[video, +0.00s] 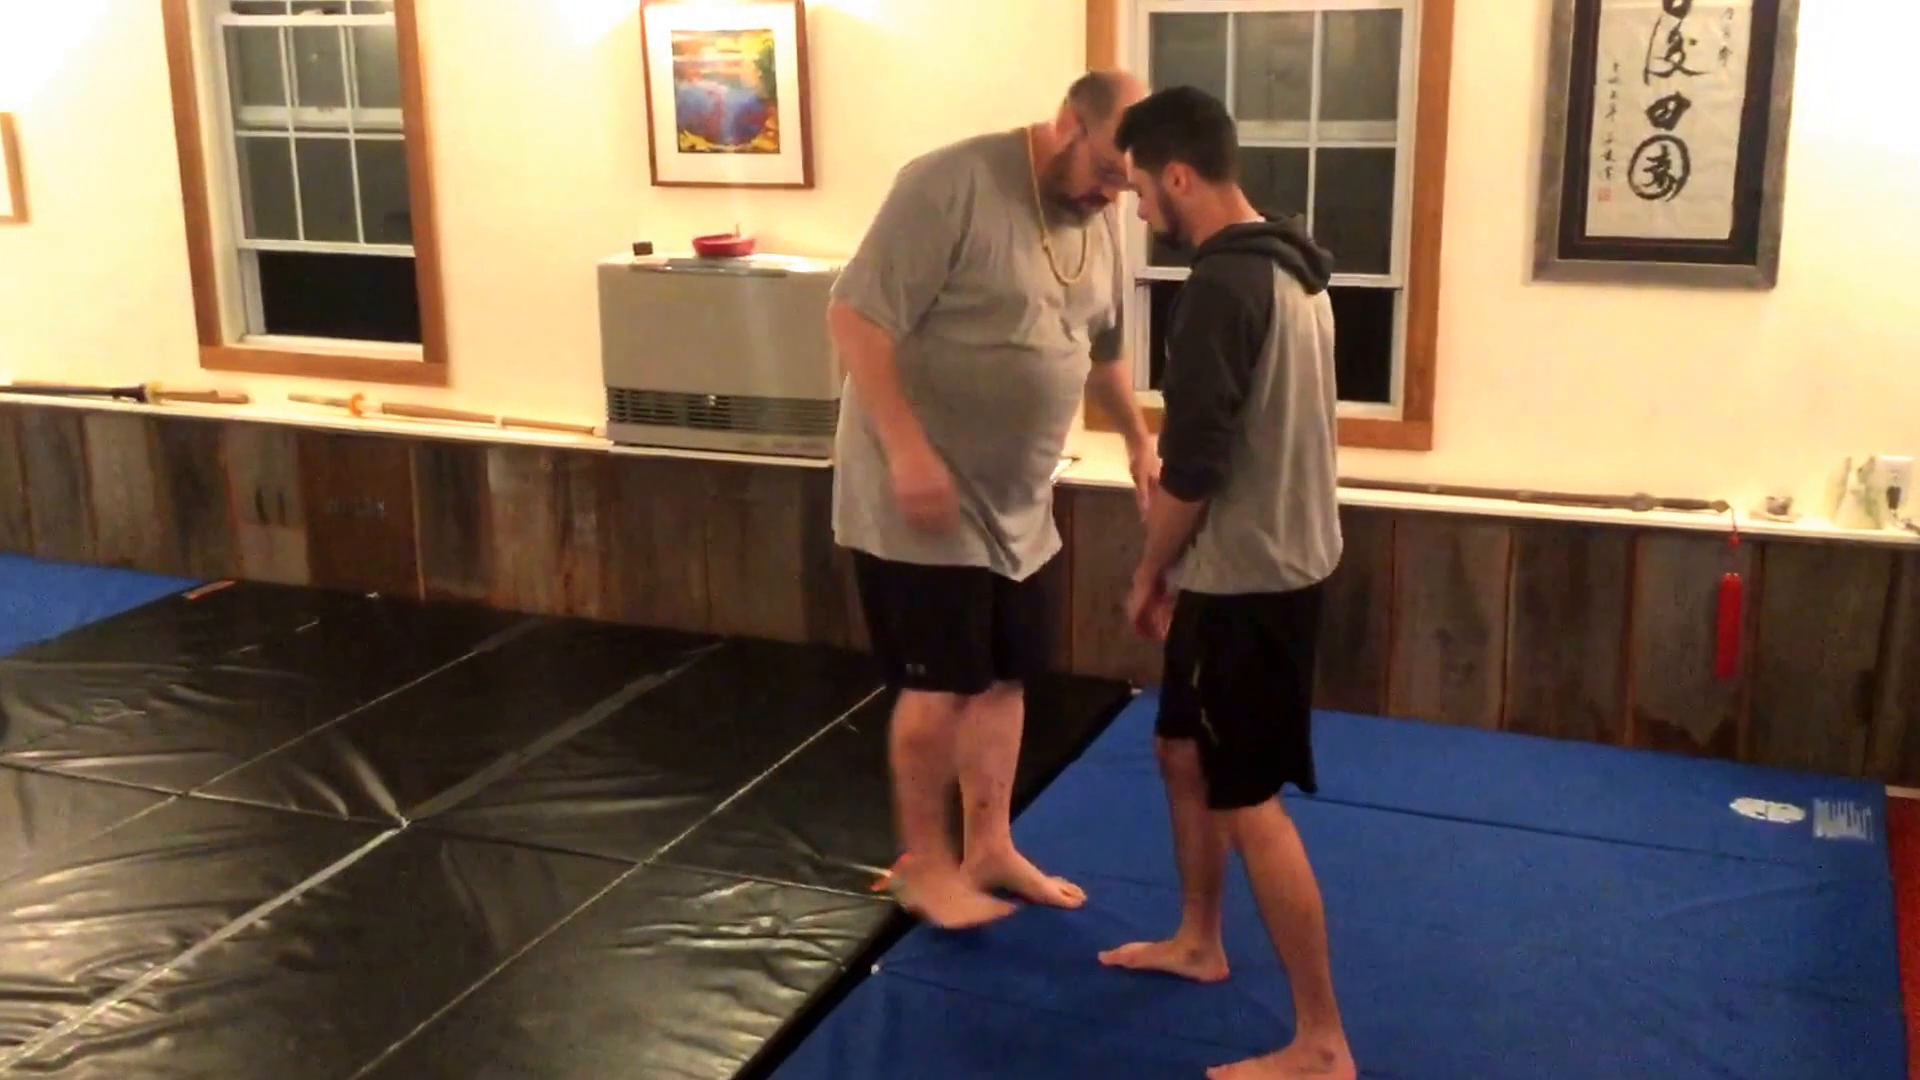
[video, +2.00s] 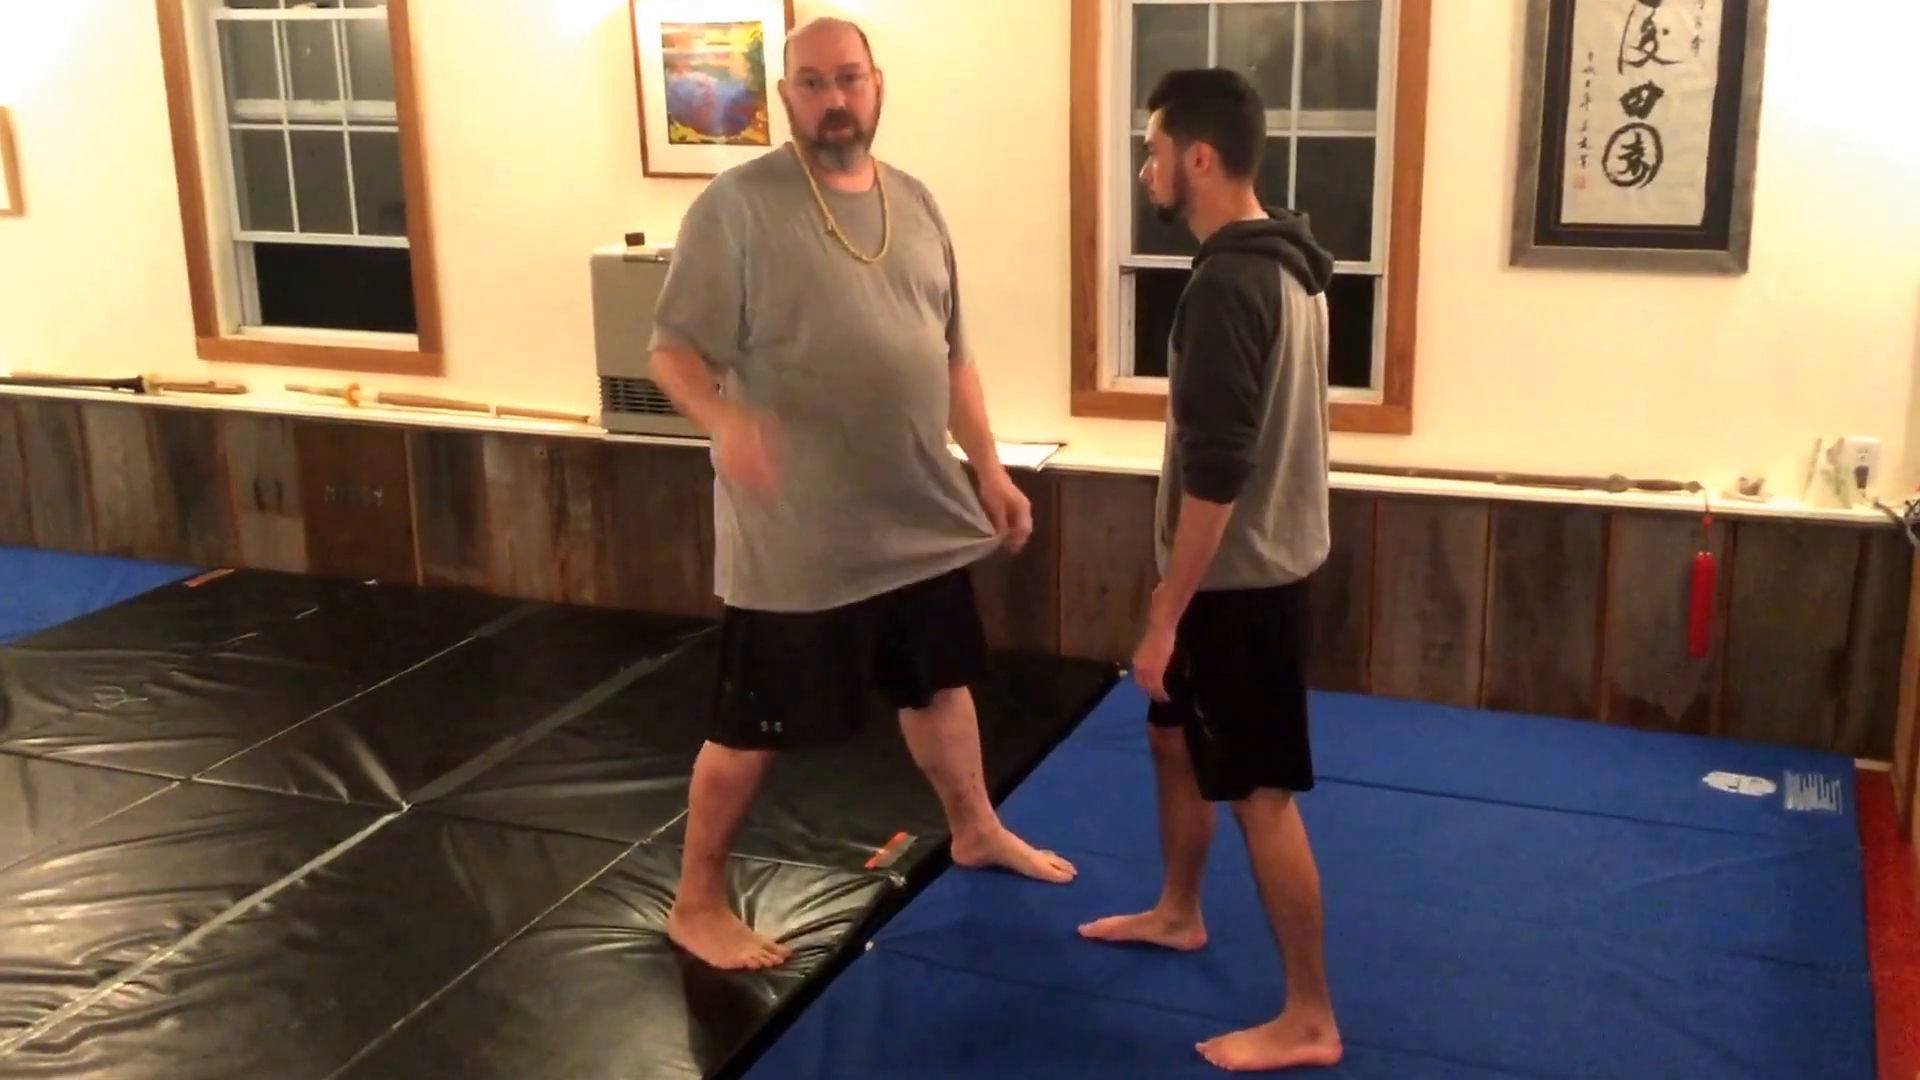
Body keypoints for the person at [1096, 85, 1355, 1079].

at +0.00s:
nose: (1141, 207)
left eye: (1141, 186)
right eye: (1136, 189)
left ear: (1176, 176)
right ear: (1215, 171)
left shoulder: (1224, 280)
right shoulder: (1290, 261)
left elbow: (1198, 460)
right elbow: (1263, 436)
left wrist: (1149, 570)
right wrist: (1173, 545)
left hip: (1247, 571)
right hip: (1268, 556)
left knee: (1250, 800)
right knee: (1182, 748)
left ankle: (1320, 1042)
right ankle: (1199, 939)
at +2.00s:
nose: (1147, 166)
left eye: (1157, 148)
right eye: (1149, 148)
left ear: (1203, 157)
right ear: (1231, 156)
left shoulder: (1226, 283)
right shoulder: (1284, 255)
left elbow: (1217, 478)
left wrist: (1166, 621)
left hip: (1242, 578)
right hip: (1245, 559)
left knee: (1260, 795)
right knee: (1172, 731)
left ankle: (1309, 1018)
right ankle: (1179, 909)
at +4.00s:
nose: (1143, 159)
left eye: (1155, 143)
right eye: (1146, 141)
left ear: (1204, 156)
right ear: (1224, 156)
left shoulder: (1224, 278)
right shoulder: (1271, 252)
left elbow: (1220, 468)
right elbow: (1249, 444)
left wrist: (1172, 608)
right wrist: (1186, 571)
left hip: (1246, 571)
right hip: (1234, 557)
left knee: (1266, 788)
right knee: (1175, 732)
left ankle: (1309, 1012)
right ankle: (1177, 906)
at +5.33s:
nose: (1142, 174)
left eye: (1146, 155)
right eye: (1143, 155)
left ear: (1179, 157)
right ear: (1229, 152)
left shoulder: (1215, 282)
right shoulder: (1278, 254)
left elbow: (1214, 476)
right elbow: (1219, 405)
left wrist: (1123, 570)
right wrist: (1131, 463)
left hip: (1231, 567)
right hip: (1225, 551)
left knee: (1252, 782)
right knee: (1168, 728)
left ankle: (1306, 1011)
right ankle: (1175, 903)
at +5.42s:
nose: (1141, 175)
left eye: (1146, 154)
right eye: (1143, 155)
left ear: (1183, 157)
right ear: (1225, 153)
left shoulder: (1213, 284)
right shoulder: (1281, 257)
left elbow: (1202, 477)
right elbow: (1228, 386)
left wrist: (1099, 534)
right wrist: (1124, 420)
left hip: (1231, 568)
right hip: (1241, 550)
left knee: (1252, 781)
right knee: (1168, 728)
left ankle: (1305, 1011)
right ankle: (1173, 903)